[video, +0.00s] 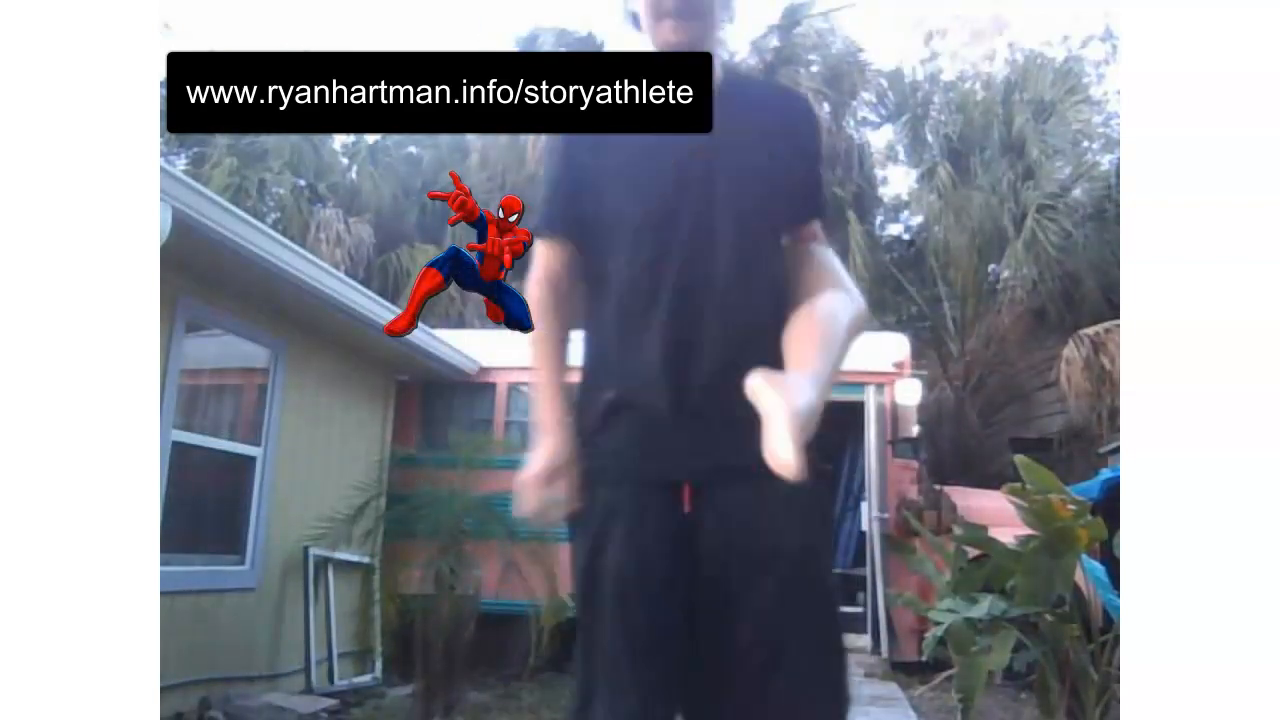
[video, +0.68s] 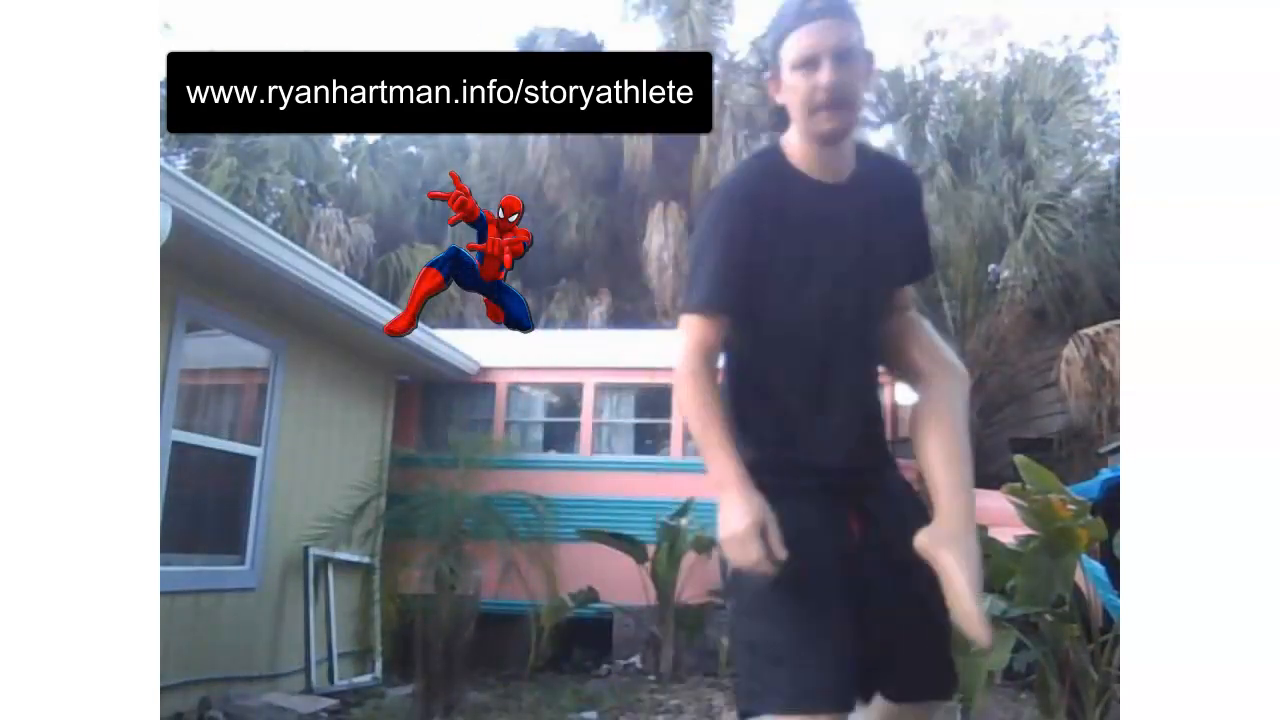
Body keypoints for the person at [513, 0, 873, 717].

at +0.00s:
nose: (671, 9)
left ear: (722, 7)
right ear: (634, 8)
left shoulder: (780, 111)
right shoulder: (586, 128)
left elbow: (806, 248)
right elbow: (549, 276)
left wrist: (807, 380)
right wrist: (553, 427)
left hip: (769, 459)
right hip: (627, 454)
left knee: (778, 695)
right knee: (626, 692)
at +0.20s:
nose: (735, 34)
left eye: (753, 20)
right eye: (719, 19)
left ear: (775, 47)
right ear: (690, 43)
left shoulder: (812, 180)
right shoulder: (638, 167)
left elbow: (834, 324)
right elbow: (596, 303)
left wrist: (873, 419)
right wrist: (543, 434)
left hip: (775, 467)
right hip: (651, 464)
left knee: (761, 694)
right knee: (644, 690)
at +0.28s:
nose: (665, 144)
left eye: (678, 131)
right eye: (650, 135)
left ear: (707, 137)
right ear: (637, 150)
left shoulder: (757, 216)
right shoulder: (628, 231)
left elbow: (842, 369)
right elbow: (576, 307)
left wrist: (818, 486)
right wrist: (623, 208)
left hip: (728, 479)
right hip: (633, 478)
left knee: (734, 686)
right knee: (629, 681)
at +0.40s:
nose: (674, 144)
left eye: (689, 131)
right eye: (660, 133)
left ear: (717, 137)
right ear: (646, 144)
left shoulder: (766, 223)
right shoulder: (626, 235)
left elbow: (776, 371)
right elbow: (593, 349)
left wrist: (581, 437)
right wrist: (625, 350)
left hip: (733, 482)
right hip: (642, 481)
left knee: (740, 685)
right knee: (643, 678)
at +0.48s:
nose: (752, 94)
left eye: (769, 79)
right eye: (738, 77)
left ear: (793, 90)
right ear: (714, 86)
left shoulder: (838, 191)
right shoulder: (676, 178)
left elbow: (863, 343)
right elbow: (653, 270)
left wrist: (692, 383)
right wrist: (713, 155)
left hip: (799, 466)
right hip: (693, 462)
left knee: (772, 694)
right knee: (695, 683)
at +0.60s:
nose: (837, 18)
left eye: (859, 2)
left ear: (882, 16)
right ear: (788, 9)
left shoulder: (887, 149)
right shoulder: (720, 114)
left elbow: (875, 301)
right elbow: (636, 260)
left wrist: (899, 364)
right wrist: (705, 360)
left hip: (859, 473)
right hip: (724, 478)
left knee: (931, 698)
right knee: (716, 705)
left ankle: (828, 508)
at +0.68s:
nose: (830, 79)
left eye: (846, 58)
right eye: (807, 65)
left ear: (868, 70)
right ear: (777, 87)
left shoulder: (892, 184)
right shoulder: (744, 198)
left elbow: (894, 318)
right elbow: (692, 366)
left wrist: (946, 379)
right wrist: (733, 491)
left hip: (871, 477)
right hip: (774, 489)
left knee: (920, 687)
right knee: (803, 702)